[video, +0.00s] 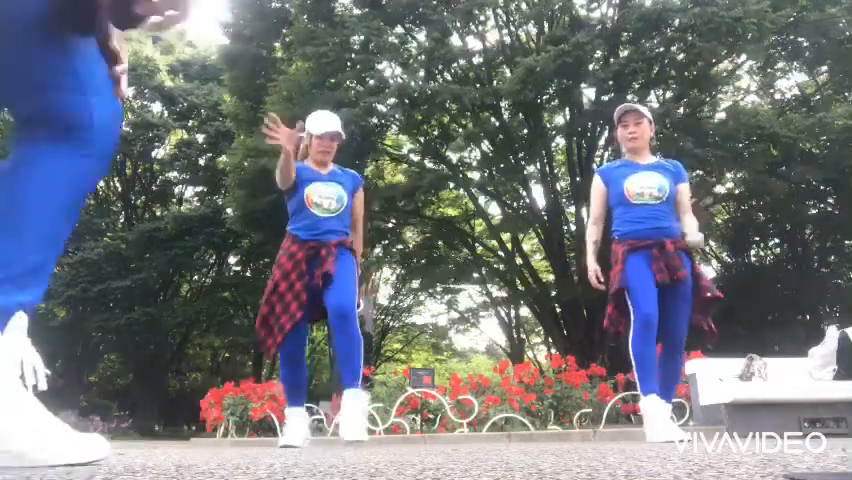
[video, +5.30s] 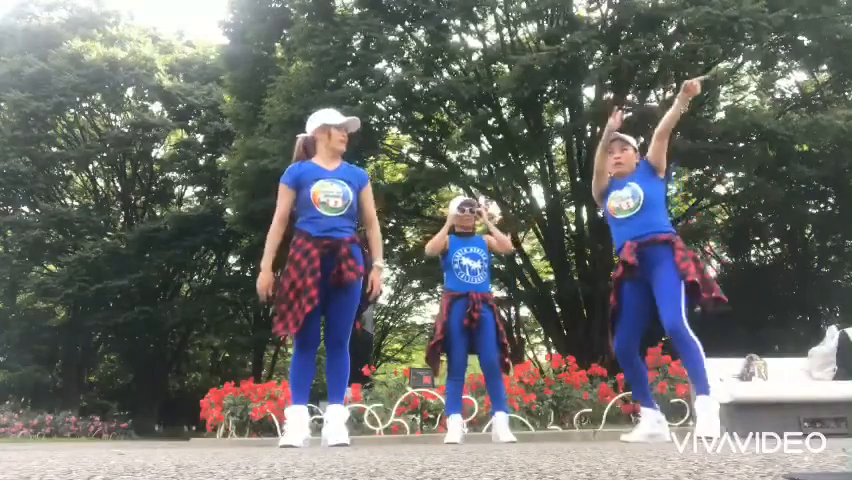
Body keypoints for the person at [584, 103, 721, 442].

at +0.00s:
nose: (631, 128)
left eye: (638, 122)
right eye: (624, 125)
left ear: (652, 129)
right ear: (617, 134)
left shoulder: (674, 168)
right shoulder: (606, 173)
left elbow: (686, 212)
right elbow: (595, 221)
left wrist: (692, 232)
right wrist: (591, 259)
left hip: (674, 251)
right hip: (634, 252)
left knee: (676, 337)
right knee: (646, 315)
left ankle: (663, 413)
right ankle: (649, 403)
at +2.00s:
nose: (664, 141)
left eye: (669, 135)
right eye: (657, 136)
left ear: (679, 139)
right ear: (646, 142)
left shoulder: (698, 175)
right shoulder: (633, 181)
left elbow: (718, 216)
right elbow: (626, 227)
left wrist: (737, 253)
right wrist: (625, 266)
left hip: (693, 260)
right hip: (651, 261)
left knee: (701, 336)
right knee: (650, 330)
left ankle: (703, 411)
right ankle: (643, 405)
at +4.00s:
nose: (656, 127)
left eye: (661, 121)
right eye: (649, 123)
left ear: (673, 126)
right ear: (640, 133)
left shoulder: (695, 156)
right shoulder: (630, 167)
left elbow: (718, 196)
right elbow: (612, 211)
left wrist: (714, 219)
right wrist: (628, 229)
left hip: (697, 245)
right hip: (655, 249)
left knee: (711, 331)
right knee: (656, 334)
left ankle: (719, 414)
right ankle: (657, 414)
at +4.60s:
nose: (636, 125)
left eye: (642, 119)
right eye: (629, 122)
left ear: (657, 125)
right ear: (623, 133)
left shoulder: (682, 156)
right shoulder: (617, 174)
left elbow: (712, 199)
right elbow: (607, 226)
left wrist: (701, 173)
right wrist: (602, 212)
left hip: (676, 242)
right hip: (636, 250)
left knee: (697, 326)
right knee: (634, 332)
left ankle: (718, 409)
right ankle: (650, 417)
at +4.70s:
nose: (637, 131)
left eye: (643, 124)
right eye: (630, 128)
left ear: (657, 130)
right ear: (625, 138)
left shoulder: (679, 158)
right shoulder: (620, 175)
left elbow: (724, 165)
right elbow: (593, 209)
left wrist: (699, 132)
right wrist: (593, 169)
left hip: (674, 247)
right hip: (635, 252)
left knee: (686, 327)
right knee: (627, 332)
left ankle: (713, 408)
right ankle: (650, 416)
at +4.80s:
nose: (636, 130)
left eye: (641, 124)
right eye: (629, 128)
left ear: (657, 129)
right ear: (625, 140)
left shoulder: (678, 152)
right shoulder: (625, 172)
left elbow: (718, 124)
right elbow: (587, 167)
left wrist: (688, 95)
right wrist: (595, 139)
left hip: (677, 250)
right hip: (639, 256)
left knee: (688, 329)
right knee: (621, 328)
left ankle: (713, 408)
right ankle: (648, 413)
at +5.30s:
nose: (617, 154)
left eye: (623, 149)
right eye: (611, 151)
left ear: (636, 155)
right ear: (607, 160)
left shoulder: (650, 170)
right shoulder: (605, 190)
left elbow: (662, 132)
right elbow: (600, 165)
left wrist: (682, 99)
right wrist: (608, 131)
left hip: (662, 253)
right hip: (631, 267)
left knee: (674, 324)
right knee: (624, 345)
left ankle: (704, 402)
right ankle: (652, 419)